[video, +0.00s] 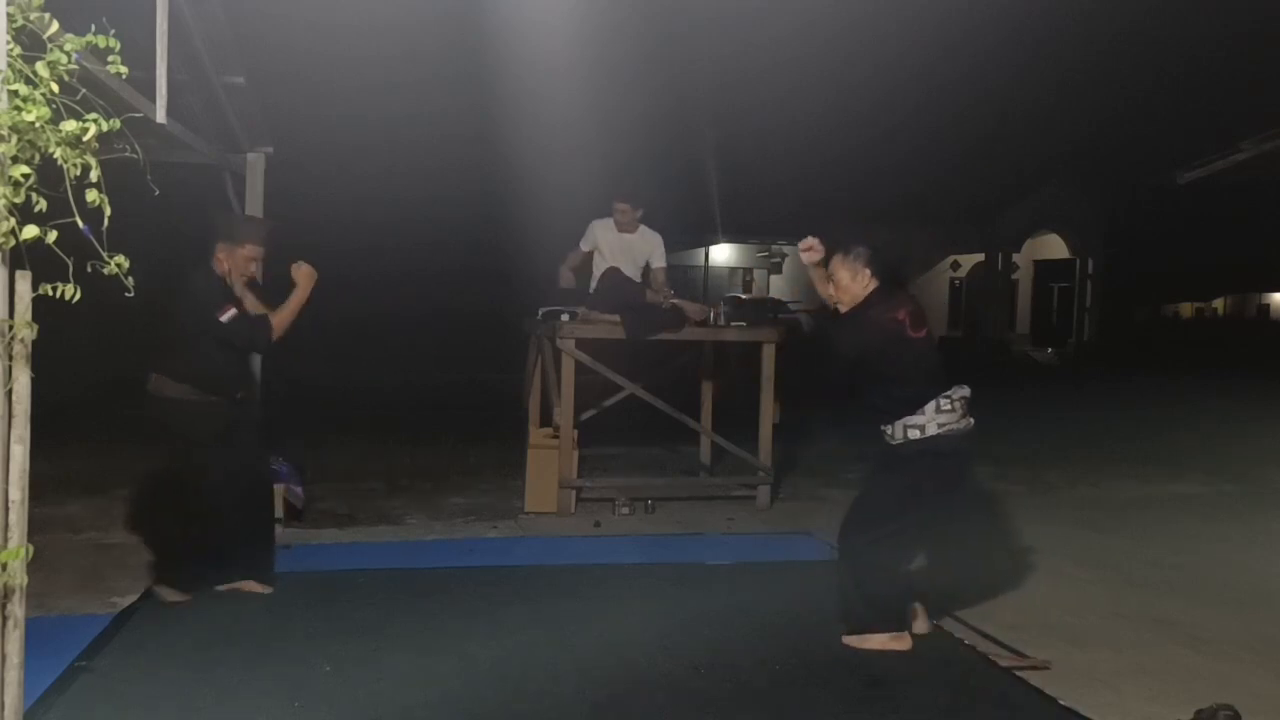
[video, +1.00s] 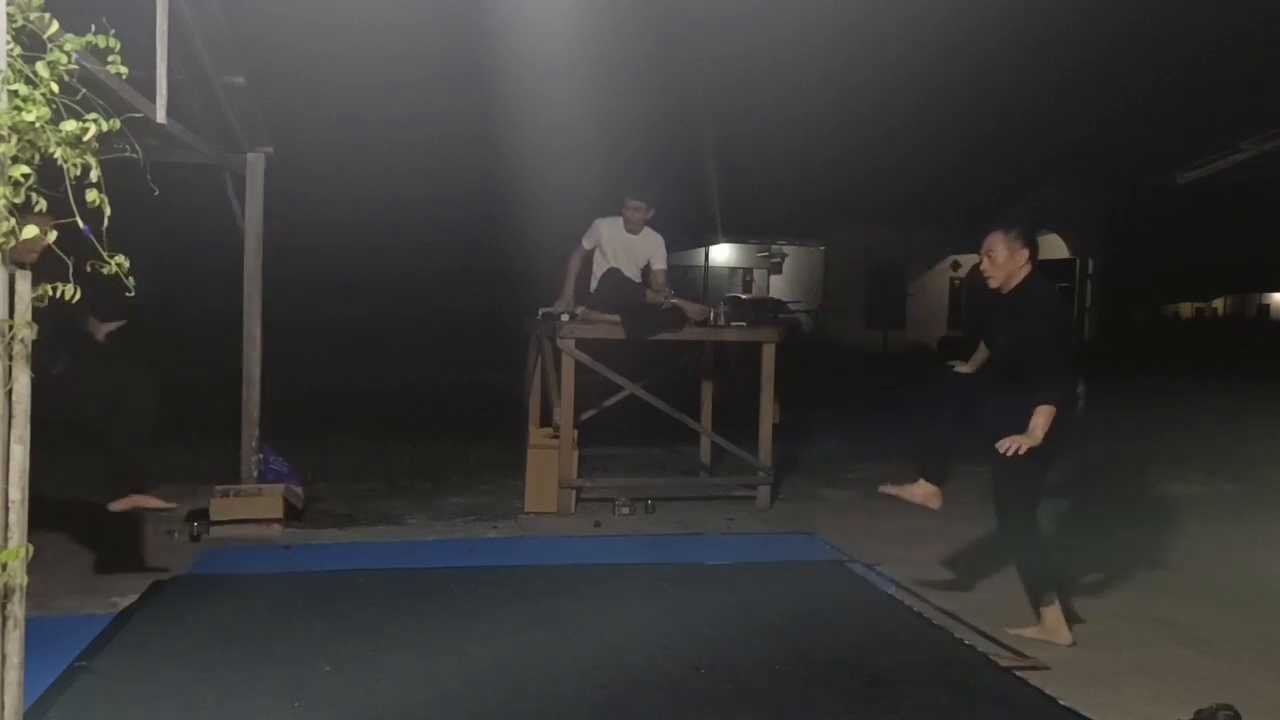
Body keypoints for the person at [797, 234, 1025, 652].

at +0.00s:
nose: (834, 289)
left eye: (838, 279)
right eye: (832, 281)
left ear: (865, 277)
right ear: (868, 276)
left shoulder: (864, 324)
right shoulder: (899, 301)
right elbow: (836, 302)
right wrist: (816, 265)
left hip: (918, 453)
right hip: (948, 445)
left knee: (860, 533)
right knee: (896, 526)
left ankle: (884, 629)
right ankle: (916, 614)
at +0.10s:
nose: (835, 293)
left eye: (842, 282)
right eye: (833, 282)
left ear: (871, 278)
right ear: (873, 280)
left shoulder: (871, 328)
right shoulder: (904, 303)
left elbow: (838, 396)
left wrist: (810, 381)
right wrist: (831, 264)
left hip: (927, 454)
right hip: (957, 443)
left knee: (865, 528)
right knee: (918, 525)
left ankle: (883, 628)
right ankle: (961, 609)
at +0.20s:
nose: (844, 297)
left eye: (851, 287)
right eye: (843, 288)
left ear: (881, 286)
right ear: (882, 287)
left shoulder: (883, 334)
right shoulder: (907, 310)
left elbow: (843, 389)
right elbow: (854, 314)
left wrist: (794, 401)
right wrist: (836, 275)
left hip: (931, 457)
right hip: (964, 448)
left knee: (872, 534)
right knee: (950, 528)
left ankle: (883, 627)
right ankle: (1010, 606)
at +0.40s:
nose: (869, 296)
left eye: (877, 287)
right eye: (868, 288)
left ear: (908, 289)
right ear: (907, 291)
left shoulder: (912, 335)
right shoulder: (916, 323)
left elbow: (863, 391)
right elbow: (851, 364)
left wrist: (824, 370)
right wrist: (843, 322)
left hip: (959, 454)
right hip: (983, 448)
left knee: (898, 518)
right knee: (980, 533)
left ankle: (886, 624)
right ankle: (1038, 614)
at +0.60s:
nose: (941, 274)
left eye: (948, 264)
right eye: (939, 266)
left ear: (979, 265)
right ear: (977, 268)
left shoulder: (990, 315)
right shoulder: (994, 306)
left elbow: (952, 381)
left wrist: (897, 359)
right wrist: (925, 336)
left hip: (1005, 430)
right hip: (1031, 428)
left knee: (936, 481)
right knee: (1008, 514)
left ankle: (938, 582)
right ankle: (1046, 616)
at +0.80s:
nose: (973, 263)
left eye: (981, 255)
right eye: (973, 255)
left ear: (1012, 257)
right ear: (984, 258)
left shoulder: (1030, 302)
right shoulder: (983, 293)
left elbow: (1026, 381)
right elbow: (965, 336)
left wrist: (990, 429)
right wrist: (914, 364)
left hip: (1028, 417)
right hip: (994, 401)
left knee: (1014, 512)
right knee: (928, 388)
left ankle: (1054, 621)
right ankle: (941, 479)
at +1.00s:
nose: (983, 264)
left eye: (991, 256)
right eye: (983, 256)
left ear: (1022, 257)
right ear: (1009, 258)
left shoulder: (1043, 300)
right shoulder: (1000, 294)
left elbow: (1055, 373)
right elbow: (994, 337)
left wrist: (1034, 432)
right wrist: (971, 366)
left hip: (1034, 415)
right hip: (1010, 401)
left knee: (1015, 515)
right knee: (947, 386)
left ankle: (1054, 624)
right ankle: (928, 484)